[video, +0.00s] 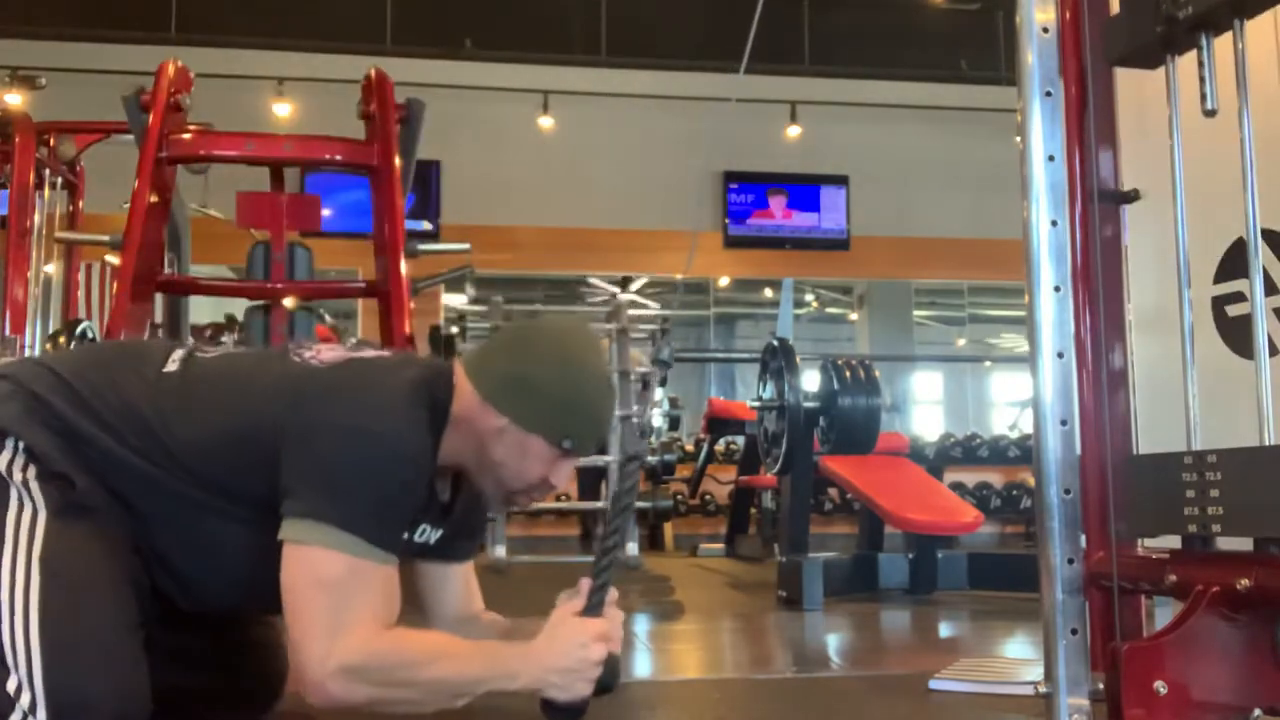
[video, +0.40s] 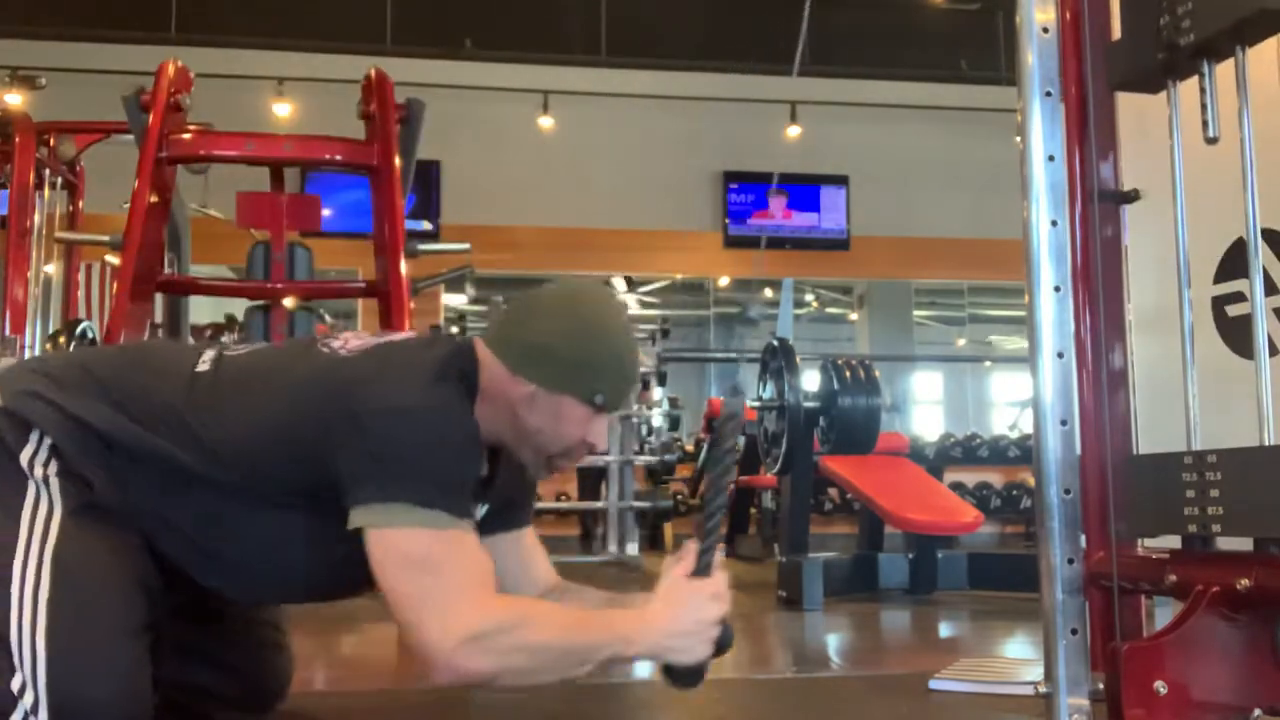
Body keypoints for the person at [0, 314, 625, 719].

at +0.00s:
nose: (564, 482)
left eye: (577, 461)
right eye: (563, 451)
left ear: (506, 417)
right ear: (505, 415)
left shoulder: (458, 464)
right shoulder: (369, 427)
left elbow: (455, 625)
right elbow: (336, 667)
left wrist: (549, 646)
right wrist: (528, 662)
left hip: (168, 500)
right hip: (46, 449)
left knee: (238, 685)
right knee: (82, 703)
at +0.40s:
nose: (600, 440)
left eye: (610, 416)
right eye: (595, 410)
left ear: (543, 395)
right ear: (528, 384)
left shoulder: (496, 441)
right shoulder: (410, 410)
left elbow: (534, 594)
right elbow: (460, 643)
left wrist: (654, 628)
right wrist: (649, 627)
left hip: (170, 497)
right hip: (55, 450)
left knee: (247, 677)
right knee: (80, 697)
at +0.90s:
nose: (639, 260)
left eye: (639, 237)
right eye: (626, 235)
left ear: (554, 229)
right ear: (558, 223)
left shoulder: (512, 311)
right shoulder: (465, 260)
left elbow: (664, 395)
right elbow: (667, 380)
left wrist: (811, 349)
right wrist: (839, 335)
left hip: (211, 498)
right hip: (100, 433)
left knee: (253, 682)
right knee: (78, 702)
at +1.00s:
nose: (632, 212)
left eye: (628, 185)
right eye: (616, 187)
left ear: (555, 192)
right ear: (556, 186)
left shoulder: (521, 273)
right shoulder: (466, 223)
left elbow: (674, 305)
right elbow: (688, 316)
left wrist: (830, 251)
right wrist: (846, 248)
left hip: (230, 506)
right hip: (114, 435)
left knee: (249, 688)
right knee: (77, 699)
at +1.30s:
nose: (644, 140)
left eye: (664, 127)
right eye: (633, 97)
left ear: (552, 88)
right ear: (557, 52)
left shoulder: (522, 195)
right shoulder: (446, 88)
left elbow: (669, 152)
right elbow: (660, 82)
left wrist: (765, 77)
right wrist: (819, 7)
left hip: (264, 476)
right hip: (151, 420)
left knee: (252, 694)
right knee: (82, 699)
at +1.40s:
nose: (619, 97)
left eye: (645, 86)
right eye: (616, 55)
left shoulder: (511, 150)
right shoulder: (422, 59)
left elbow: (633, 101)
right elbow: (644, 28)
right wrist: (752, 2)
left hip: (271, 450)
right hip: (162, 409)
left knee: (258, 690)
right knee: (84, 700)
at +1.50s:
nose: (560, 46)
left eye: (571, 35)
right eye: (563, 23)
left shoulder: (502, 106)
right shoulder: (405, 39)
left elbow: (644, 34)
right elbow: (598, 7)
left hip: (275, 435)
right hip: (173, 401)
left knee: (260, 690)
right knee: (88, 700)